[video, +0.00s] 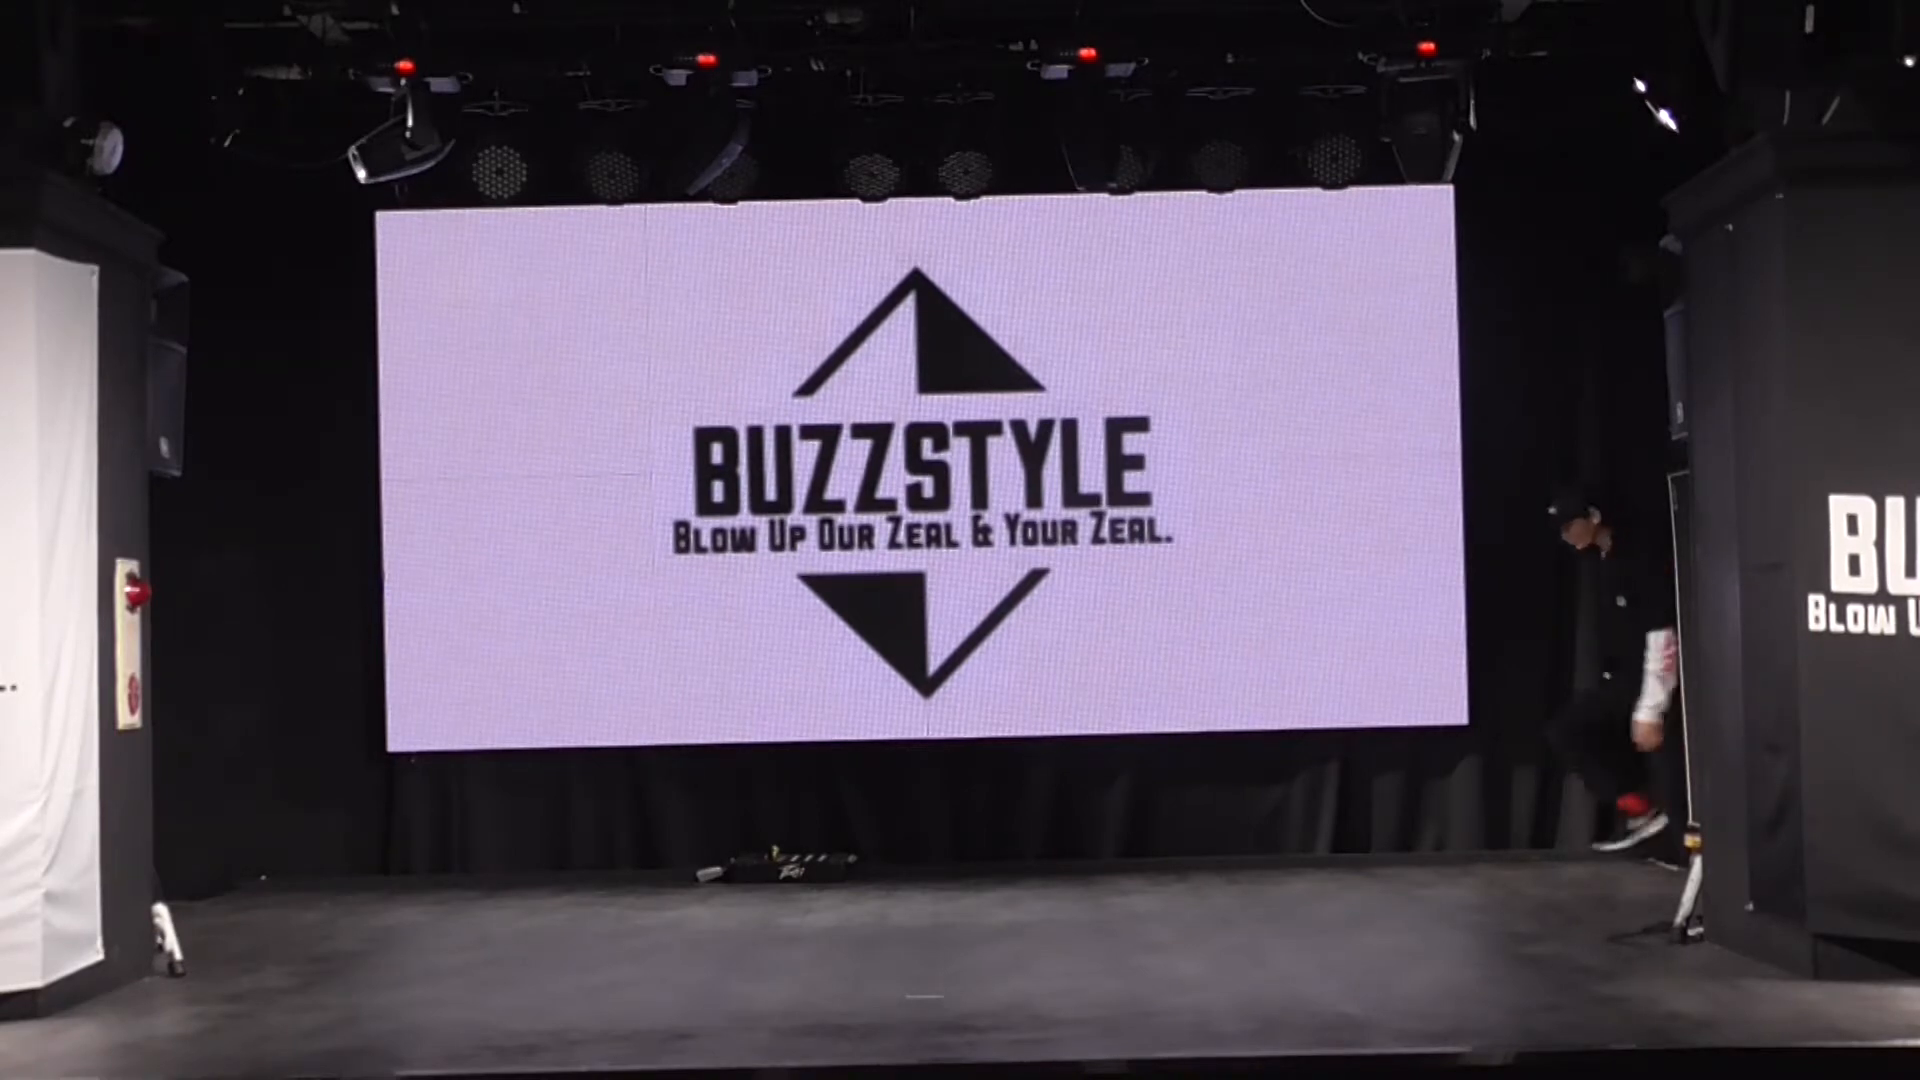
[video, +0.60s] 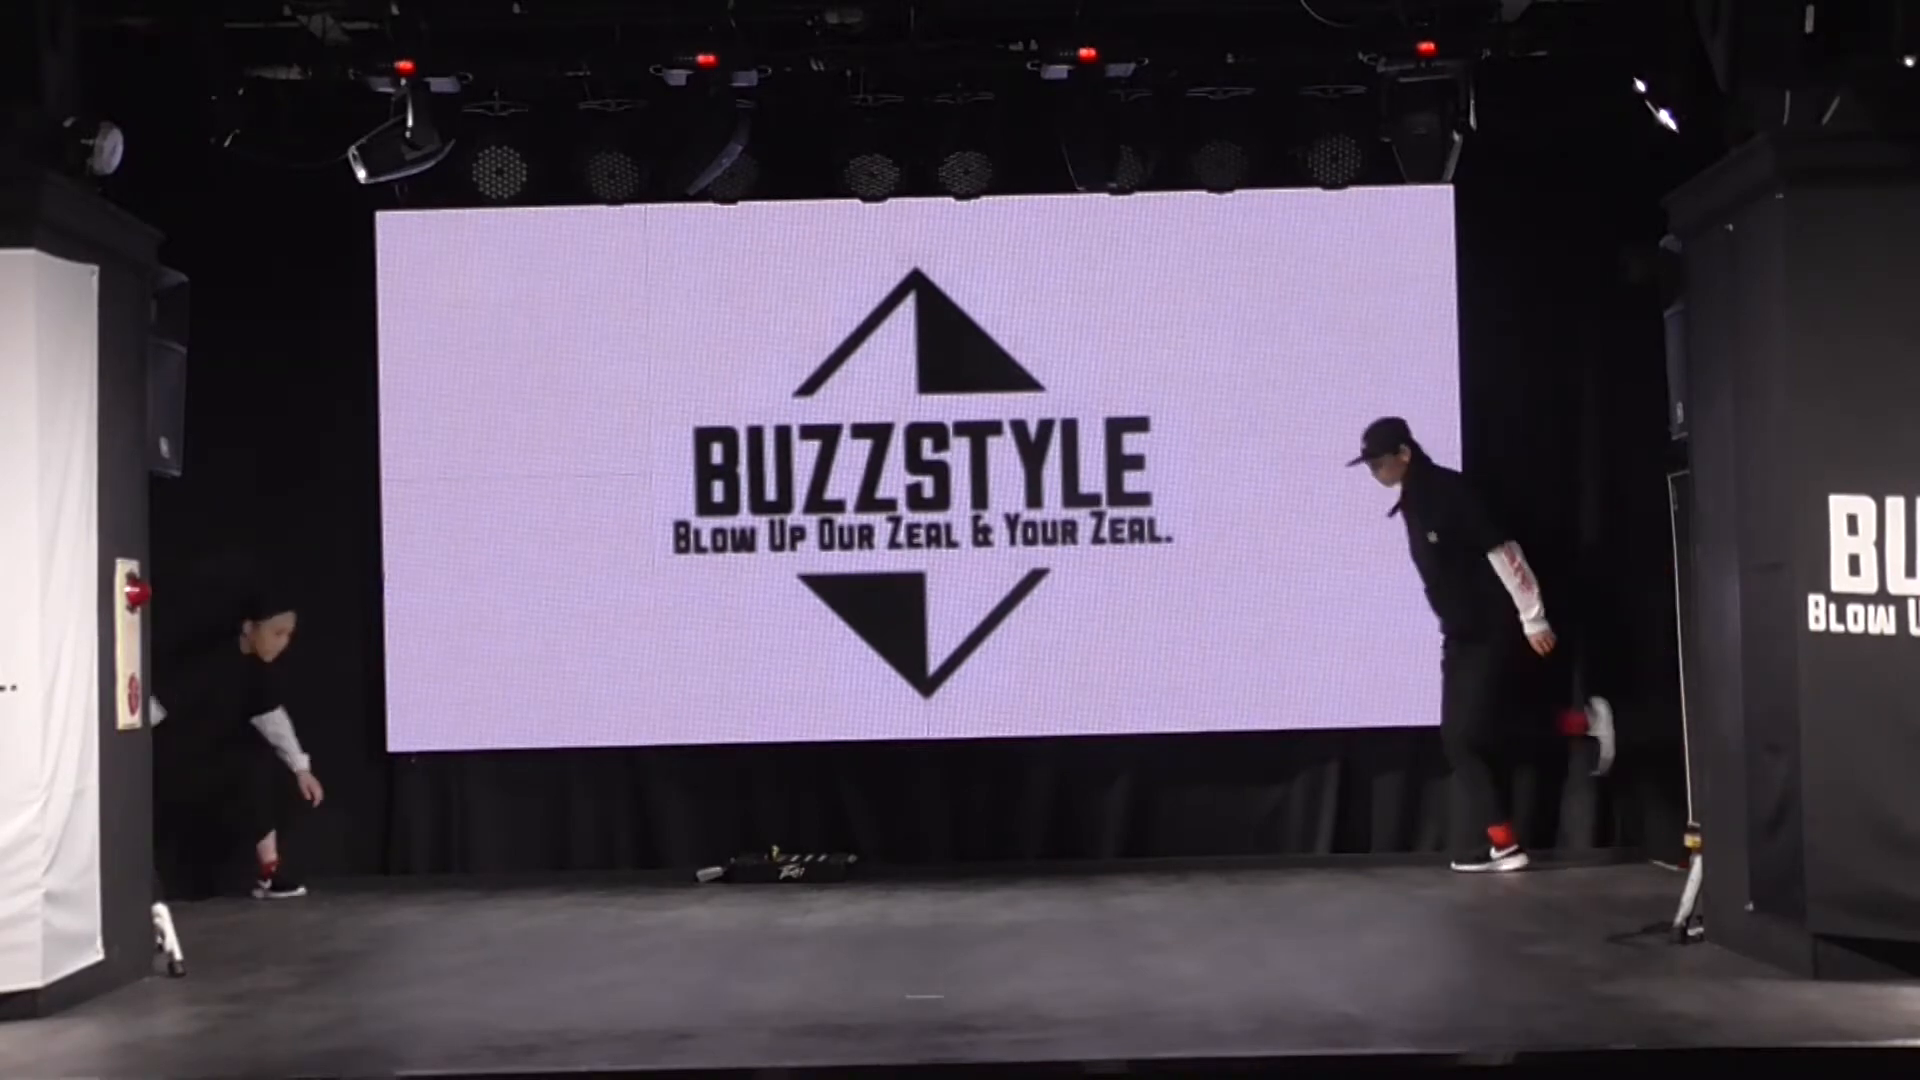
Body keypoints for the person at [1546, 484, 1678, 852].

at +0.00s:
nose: (1565, 536)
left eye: (1569, 526)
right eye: (1562, 528)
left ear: (1593, 517)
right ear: (1588, 521)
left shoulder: (1635, 553)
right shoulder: (1604, 557)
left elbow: (1662, 636)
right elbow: (1614, 633)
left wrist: (1651, 708)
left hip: (1649, 678)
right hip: (1622, 678)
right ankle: (1638, 812)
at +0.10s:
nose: (1537, 551)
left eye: (1542, 540)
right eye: (1534, 543)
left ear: (1567, 532)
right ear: (1560, 536)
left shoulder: (1607, 568)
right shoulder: (1579, 572)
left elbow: (1630, 646)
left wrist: (1588, 709)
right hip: (1591, 681)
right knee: (1546, 724)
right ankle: (1540, 836)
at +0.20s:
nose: (1501, 560)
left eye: (1507, 550)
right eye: (1498, 552)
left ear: (1533, 544)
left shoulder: (1573, 577)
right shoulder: (1543, 583)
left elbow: (1593, 647)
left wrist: (1530, 696)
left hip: (1614, 682)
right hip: (1579, 683)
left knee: (1640, 765)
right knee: (1516, 725)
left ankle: (1669, 848)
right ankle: (1511, 843)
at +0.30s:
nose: (1460, 537)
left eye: (1464, 527)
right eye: (1456, 529)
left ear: (1488, 521)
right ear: (1475, 527)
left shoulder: (1523, 550)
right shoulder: (1500, 557)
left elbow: (1555, 617)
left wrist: (1510, 679)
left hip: (1585, 655)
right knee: (1497, 727)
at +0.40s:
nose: (1426, 507)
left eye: (1429, 497)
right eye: (1423, 499)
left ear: (1454, 491)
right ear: (1450, 493)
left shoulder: (1489, 519)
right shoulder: (1468, 523)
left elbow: (1526, 590)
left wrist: (1517, 662)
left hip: (1555, 643)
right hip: (1522, 645)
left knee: (1597, 739)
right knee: (1478, 733)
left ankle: (1685, 829)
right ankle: (1506, 846)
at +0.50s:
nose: (1399, 484)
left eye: (1404, 474)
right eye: (1396, 476)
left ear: (1429, 467)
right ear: (1413, 473)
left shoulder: (1466, 502)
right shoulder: (1436, 508)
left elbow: (1512, 569)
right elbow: (1474, 575)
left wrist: (1532, 643)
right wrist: (1480, 639)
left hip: (1516, 645)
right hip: (1485, 647)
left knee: (1544, 742)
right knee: (1469, 734)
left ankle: (1650, 755)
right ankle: (1505, 845)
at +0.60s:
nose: (1374, 471)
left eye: (1378, 462)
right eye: (1371, 464)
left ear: (1403, 453)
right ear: (1392, 459)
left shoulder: (1446, 490)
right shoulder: (1413, 497)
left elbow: (1504, 551)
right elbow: (1449, 564)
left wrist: (1534, 619)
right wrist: (1456, 624)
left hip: (1490, 630)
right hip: (1461, 634)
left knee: (1481, 728)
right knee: (1461, 736)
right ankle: (1502, 842)